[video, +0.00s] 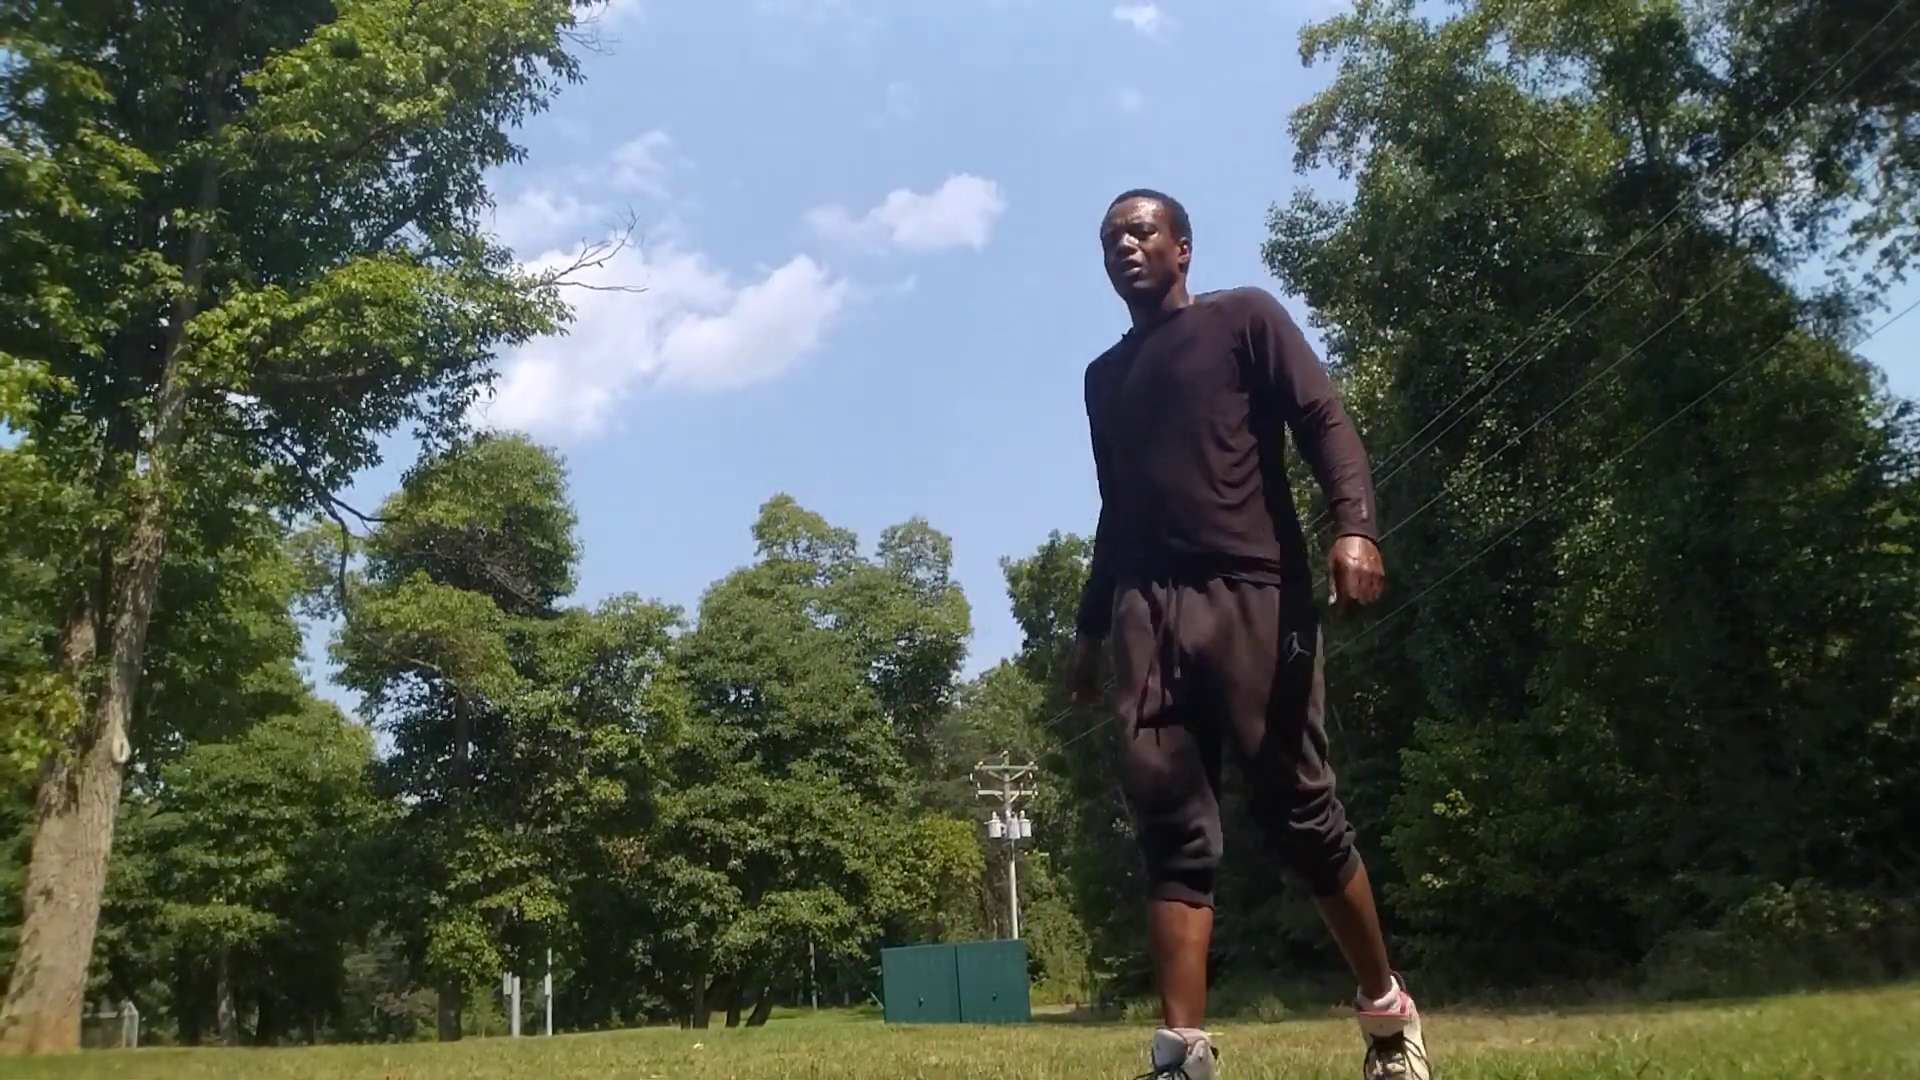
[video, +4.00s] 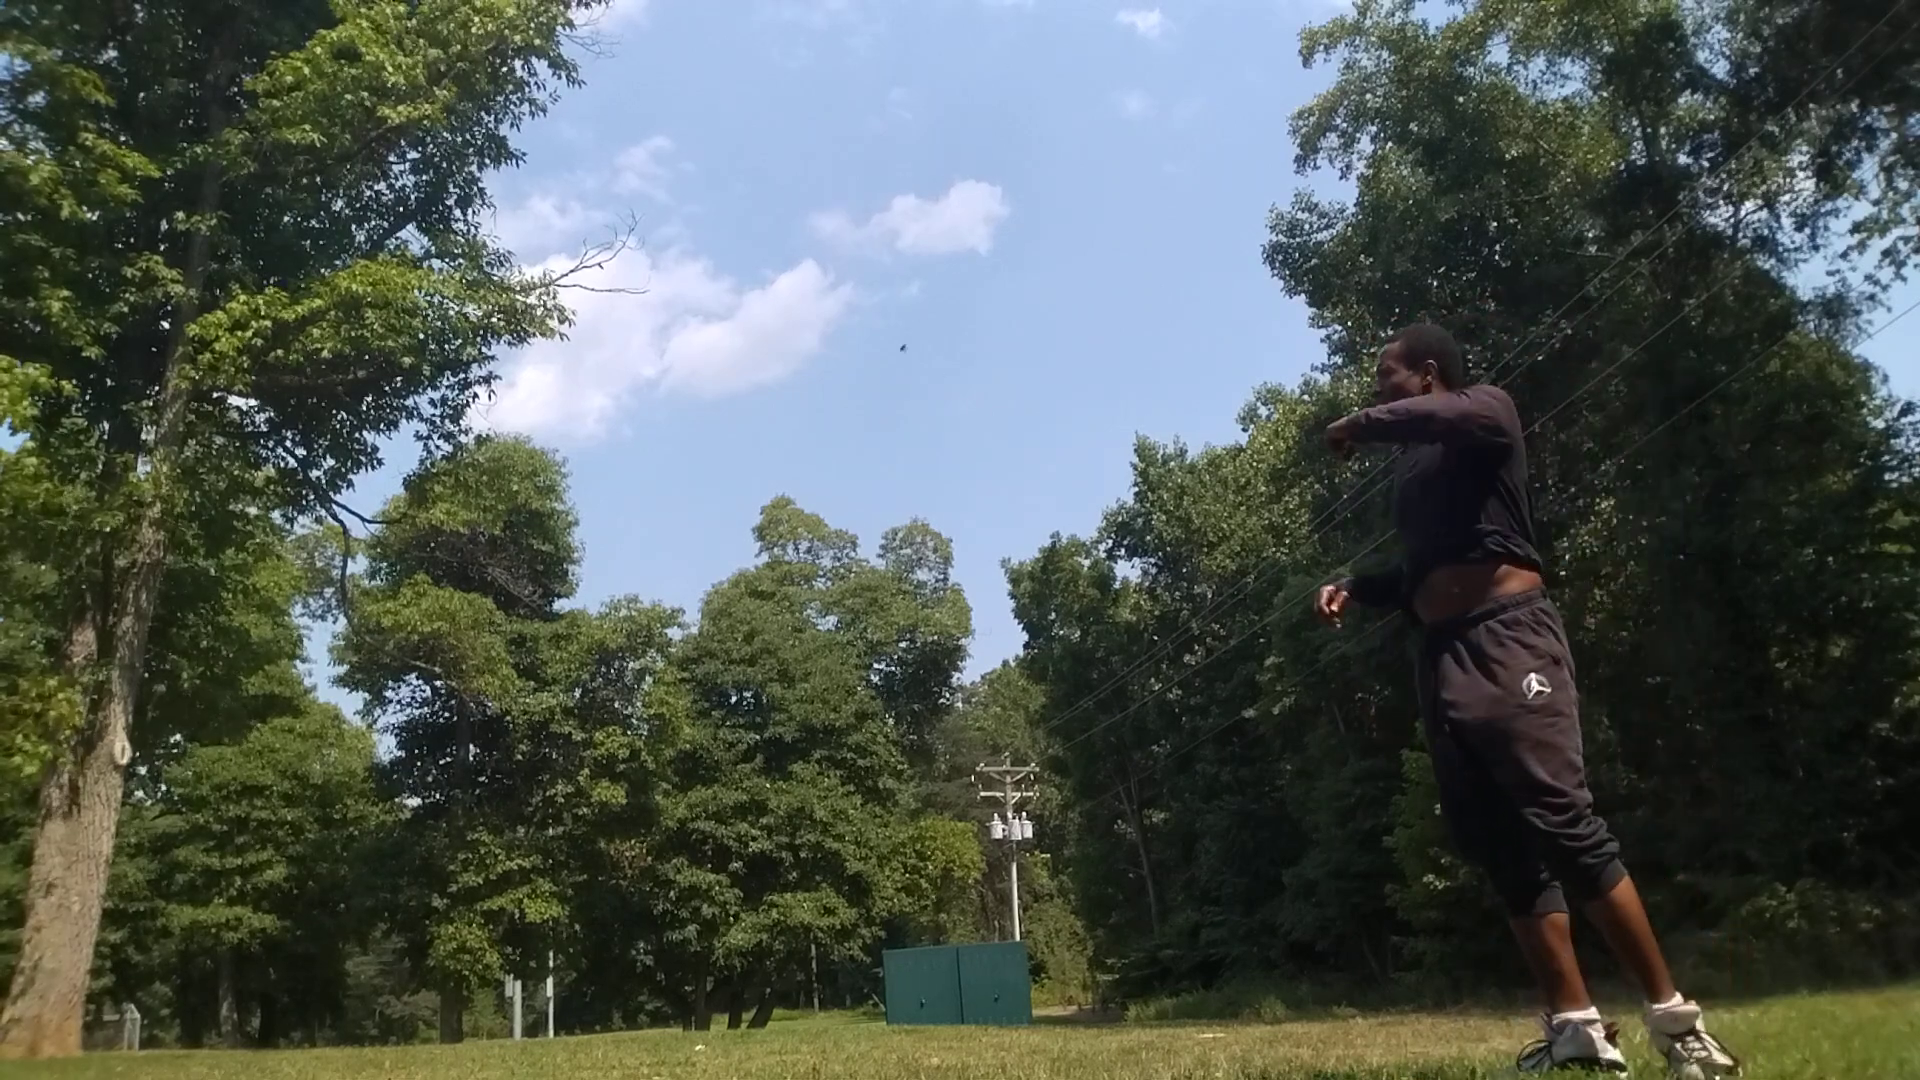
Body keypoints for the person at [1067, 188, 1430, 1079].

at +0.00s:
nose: (1121, 245)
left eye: (1139, 231)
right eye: (1110, 237)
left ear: (1181, 248)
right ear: (1103, 261)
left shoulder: (1244, 315)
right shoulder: (1105, 374)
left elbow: (1325, 420)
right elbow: (1118, 514)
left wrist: (1354, 527)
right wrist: (1088, 630)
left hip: (1252, 594)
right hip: (1146, 606)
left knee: (1303, 815)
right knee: (1172, 831)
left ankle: (1387, 1016)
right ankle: (1181, 1051)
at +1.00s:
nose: (1347, 367)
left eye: (1361, 354)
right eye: (1334, 357)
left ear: (1393, 365)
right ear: (1323, 373)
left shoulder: (1449, 430)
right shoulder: (1323, 467)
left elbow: (1527, 527)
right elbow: (1319, 569)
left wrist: (1551, 636)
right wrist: (1280, 653)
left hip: (1461, 657)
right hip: (1392, 672)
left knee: (1446, 832)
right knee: (1465, 840)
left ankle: (1428, 1038)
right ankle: (1560, 1025)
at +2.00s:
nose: (1465, 350)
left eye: (1476, 335)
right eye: (1462, 340)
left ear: (1526, 333)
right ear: (1488, 349)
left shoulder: (1615, 399)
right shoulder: (1471, 444)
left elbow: (1704, 490)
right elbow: (1472, 550)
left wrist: (1632, 541)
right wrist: (1436, 614)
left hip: (1631, 645)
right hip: (1534, 659)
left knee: (1684, 833)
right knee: (1539, 835)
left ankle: (1729, 1036)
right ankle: (1566, 1029)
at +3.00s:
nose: (1493, 349)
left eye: (1502, 333)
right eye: (1493, 336)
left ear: (1545, 334)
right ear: (1537, 337)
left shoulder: (1617, 385)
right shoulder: (1528, 435)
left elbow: (1691, 463)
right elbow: (1520, 542)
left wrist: (1561, 450)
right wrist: (1453, 525)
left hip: (1626, 624)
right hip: (1545, 638)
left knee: (1672, 821)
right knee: (1541, 825)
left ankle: (1730, 1035)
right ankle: (1579, 1030)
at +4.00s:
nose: (1379, 390)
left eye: (1388, 377)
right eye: (1378, 379)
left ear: (1427, 374)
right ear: (1414, 377)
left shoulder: (1489, 409)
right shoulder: (1412, 462)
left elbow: (1437, 419)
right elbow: (1426, 578)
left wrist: (1360, 424)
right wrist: (1357, 589)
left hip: (1512, 631)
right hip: (1447, 653)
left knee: (1570, 824)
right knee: (1501, 841)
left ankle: (1672, 1016)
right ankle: (1575, 1028)